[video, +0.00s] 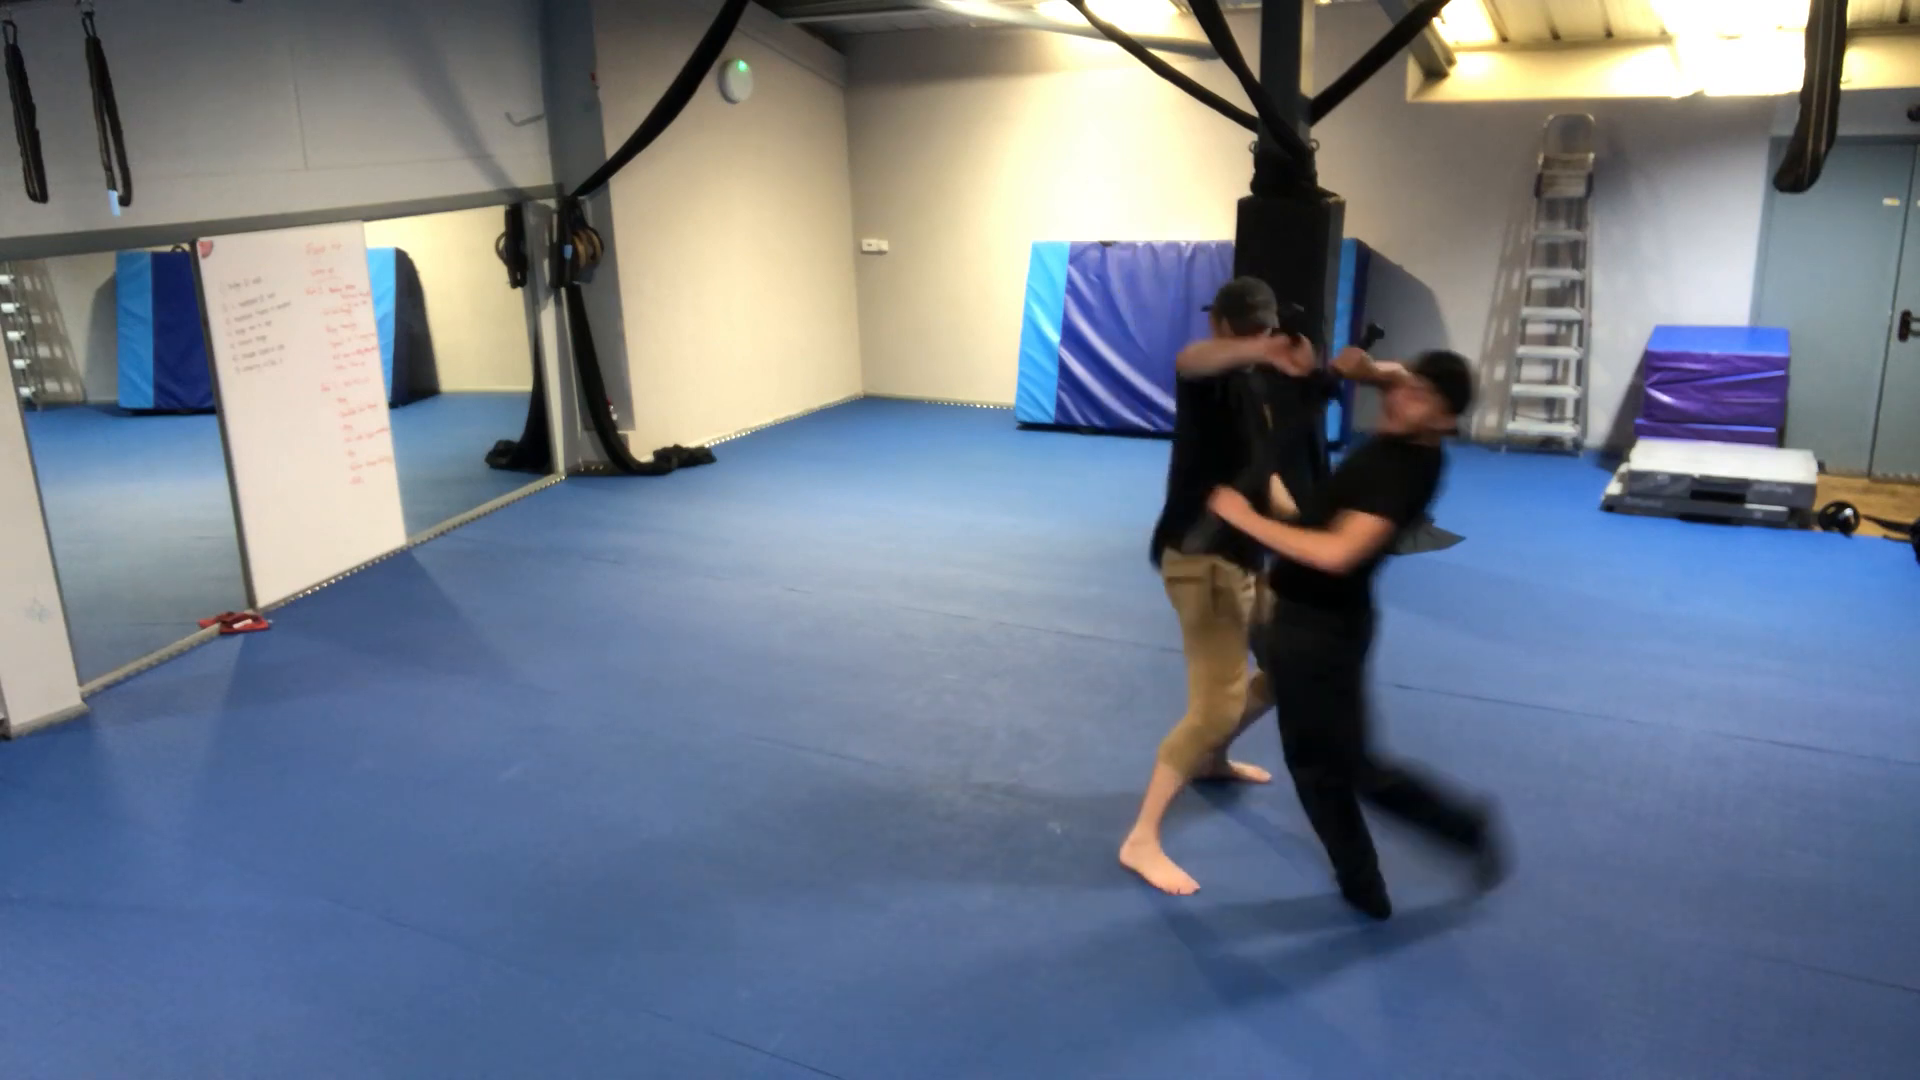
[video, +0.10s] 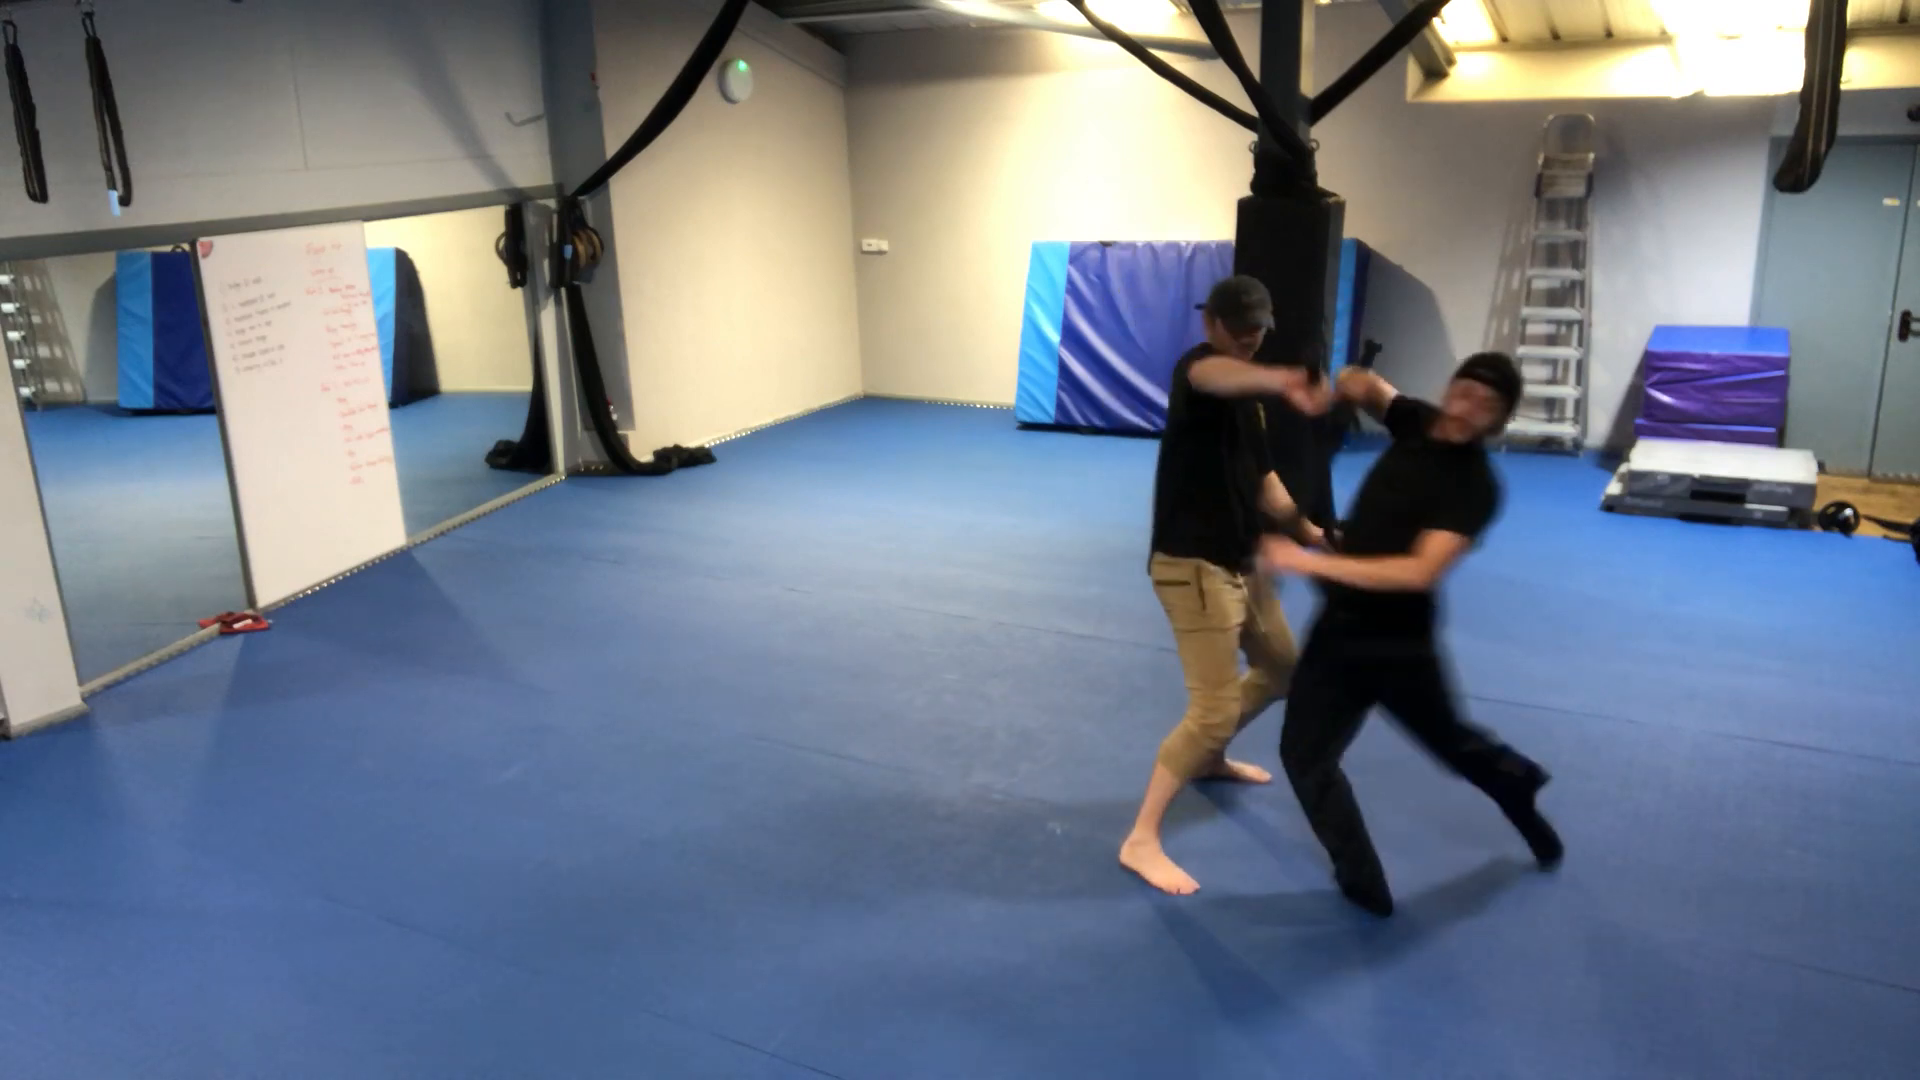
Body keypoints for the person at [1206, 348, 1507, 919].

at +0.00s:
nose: (1400, 395)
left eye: (1417, 393)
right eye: (1403, 385)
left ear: (1442, 414)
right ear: (1400, 391)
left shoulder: (1404, 464)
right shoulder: (1399, 444)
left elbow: (1338, 552)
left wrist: (1249, 520)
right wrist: (1292, 510)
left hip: (1319, 625)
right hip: (1324, 613)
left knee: (1318, 768)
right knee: (1343, 762)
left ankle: (1365, 893)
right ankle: (1467, 829)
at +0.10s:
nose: (1466, 407)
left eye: (1482, 404)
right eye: (1463, 393)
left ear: (1499, 419)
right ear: (1450, 390)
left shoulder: (1475, 486)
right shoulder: (1415, 422)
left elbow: (1420, 572)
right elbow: (1365, 383)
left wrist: (1309, 561)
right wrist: (1332, 391)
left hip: (1398, 633)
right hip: (1345, 618)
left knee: (1448, 740)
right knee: (1305, 754)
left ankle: (1518, 802)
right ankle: (1365, 886)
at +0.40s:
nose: (1564, 381)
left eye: (1561, 373)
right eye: (1563, 373)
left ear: (1511, 360)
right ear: (1553, 374)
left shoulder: (1532, 416)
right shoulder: (1490, 427)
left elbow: (1591, 457)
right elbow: (1490, 536)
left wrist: (1592, 482)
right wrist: (1532, 607)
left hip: (1501, 592)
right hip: (1453, 595)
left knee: (1531, 725)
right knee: (1470, 742)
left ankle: (1526, 825)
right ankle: (1411, 856)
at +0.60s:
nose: (1482, 370)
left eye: (1485, 361)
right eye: (1486, 361)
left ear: (1500, 367)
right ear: (1549, 370)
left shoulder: (1463, 411)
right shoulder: (1588, 445)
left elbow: (1399, 396)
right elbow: (1652, 534)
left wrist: (1462, 398)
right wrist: (1700, 600)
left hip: (1461, 592)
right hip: (1530, 602)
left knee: (1495, 715)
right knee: (1514, 737)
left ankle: (1522, 822)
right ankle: (1428, 848)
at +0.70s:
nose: (1512, 372)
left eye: (1510, 363)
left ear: (1511, 368)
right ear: (1570, 377)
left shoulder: (1463, 414)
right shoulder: (1596, 445)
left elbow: (1360, 410)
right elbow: (1657, 517)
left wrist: (1406, 417)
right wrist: (1677, 555)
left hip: (1472, 598)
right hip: (1550, 608)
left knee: (1489, 703)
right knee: (1524, 728)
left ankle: (1511, 815)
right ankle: (1463, 866)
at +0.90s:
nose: (1501, 376)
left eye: (1504, 367)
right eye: (1504, 366)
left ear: (1519, 372)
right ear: (1568, 371)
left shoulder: (1486, 428)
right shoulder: (1607, 436)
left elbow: (1376, 446)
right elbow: (1621, 447)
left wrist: (1417, 431)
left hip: (1493, 607)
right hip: (1572, 617)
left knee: (1479, 706)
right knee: (1538, 753)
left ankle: (1479, 802)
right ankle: (1490, 898)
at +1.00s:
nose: (1510, 367)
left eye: (1513, 358)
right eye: (1513, 356)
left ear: (1531, 363)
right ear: (1576, 362)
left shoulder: (1499, 424)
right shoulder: (1619, 427)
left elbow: (1395, 445)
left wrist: (1337, 443)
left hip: (1504, 603)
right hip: (1581, 614)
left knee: (1491, 694)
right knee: (1547, 745)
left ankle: (1484, 800)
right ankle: (1491, 895)